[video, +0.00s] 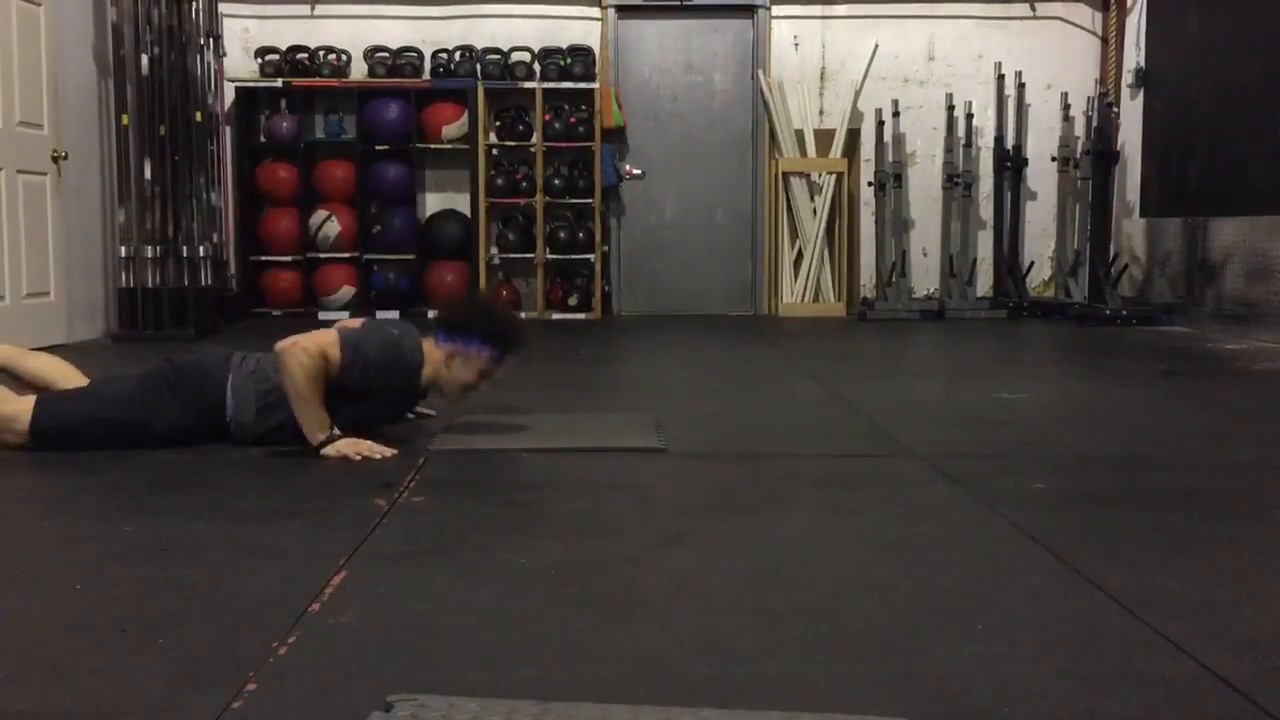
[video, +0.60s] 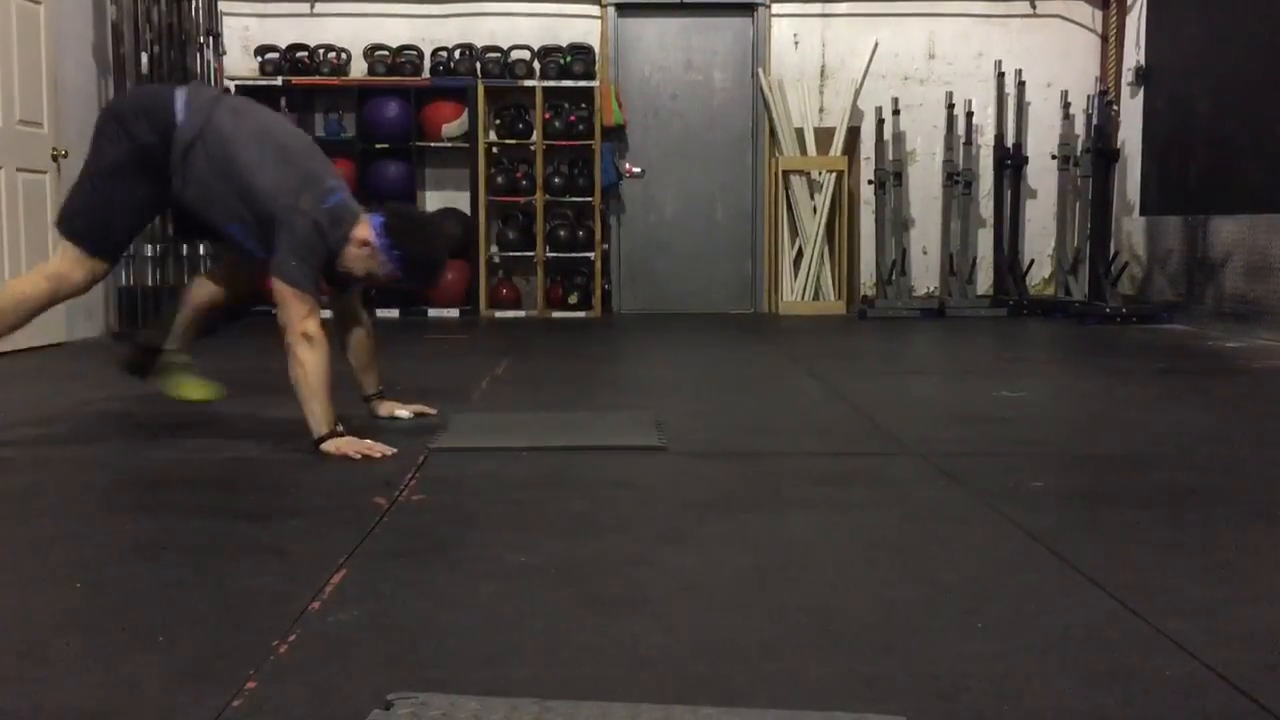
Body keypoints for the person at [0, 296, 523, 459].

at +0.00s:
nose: (480, 385)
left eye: (487, 376)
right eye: (482, 371)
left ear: (459, 347)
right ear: (457, 348)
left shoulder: (411, 356)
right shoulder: (398, 349)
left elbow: (322, 356)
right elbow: (295, 352)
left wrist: (374, 412)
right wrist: (327, 437)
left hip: (220, 388)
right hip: (207, 396)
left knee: (84, 396)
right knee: (23, 418)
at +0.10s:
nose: (473, 323)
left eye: (478, 312)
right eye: (472, 310)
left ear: (446, 294)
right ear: (443, 294)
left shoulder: (405, 322)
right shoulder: (383, 318)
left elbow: (329, 359)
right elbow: (287, 354)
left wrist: (377, 403)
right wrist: (326, 439)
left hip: (225, 386)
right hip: (208, 393)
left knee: (85, 394)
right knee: (31, 421)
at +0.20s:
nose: (445, 280)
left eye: (452, 269)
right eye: (445, 266)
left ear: (424, 249)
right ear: (415, 243)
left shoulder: (379, 282)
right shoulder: (348, 270)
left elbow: (356, 348)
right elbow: (287, 348)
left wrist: (377, 405)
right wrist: (324, 439)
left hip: (210, 377)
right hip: (193, 376)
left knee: (83, 397)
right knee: (26, 423)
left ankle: (1, 361)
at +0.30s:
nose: (435, 257)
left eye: (443, 249)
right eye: (439, 245)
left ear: (416, 220)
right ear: (416, 221)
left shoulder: (364, 251)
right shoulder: (336, 241)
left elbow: (363, 326)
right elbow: (305, 337)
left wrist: (373, 396)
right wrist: (326, 437)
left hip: (189, 330)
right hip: (175, 332)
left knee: (65, 368)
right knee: (33, 397)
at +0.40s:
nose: (440, 268)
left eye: (449, 262)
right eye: (447, 258)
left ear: (431, 225)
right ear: (433, 228)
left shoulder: (381, 239)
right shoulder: (353, 227)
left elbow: (376, 324)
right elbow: (324, 333)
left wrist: (381, 399)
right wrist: (327, 435)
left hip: (188, 280)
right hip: (169, 259)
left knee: (55, 341)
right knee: (33, 336)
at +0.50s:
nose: (409, 284)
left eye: (419, 281)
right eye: (418, 275)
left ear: (416, 237)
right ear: (413, 242)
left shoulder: (373, 228)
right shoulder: (339, 223)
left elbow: (365, 316)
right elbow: (314, 331)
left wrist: (375, 395)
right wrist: (326, 436)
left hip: (200, 207)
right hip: (163, 169)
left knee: (160, 302)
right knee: (51, 290)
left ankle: (56, 329)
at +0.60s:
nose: (369, 281)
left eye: (378, 280)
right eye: (375, 274)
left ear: (370, 240)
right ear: (368, 242)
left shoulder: (346, 226)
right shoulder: (304, 223)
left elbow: (352, 318)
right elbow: (302, 334)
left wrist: (375, 397)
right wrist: (326, 434)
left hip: (197, 143)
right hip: (148, 126)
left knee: (238, 268)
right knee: (72, 272)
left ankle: (170, 360)